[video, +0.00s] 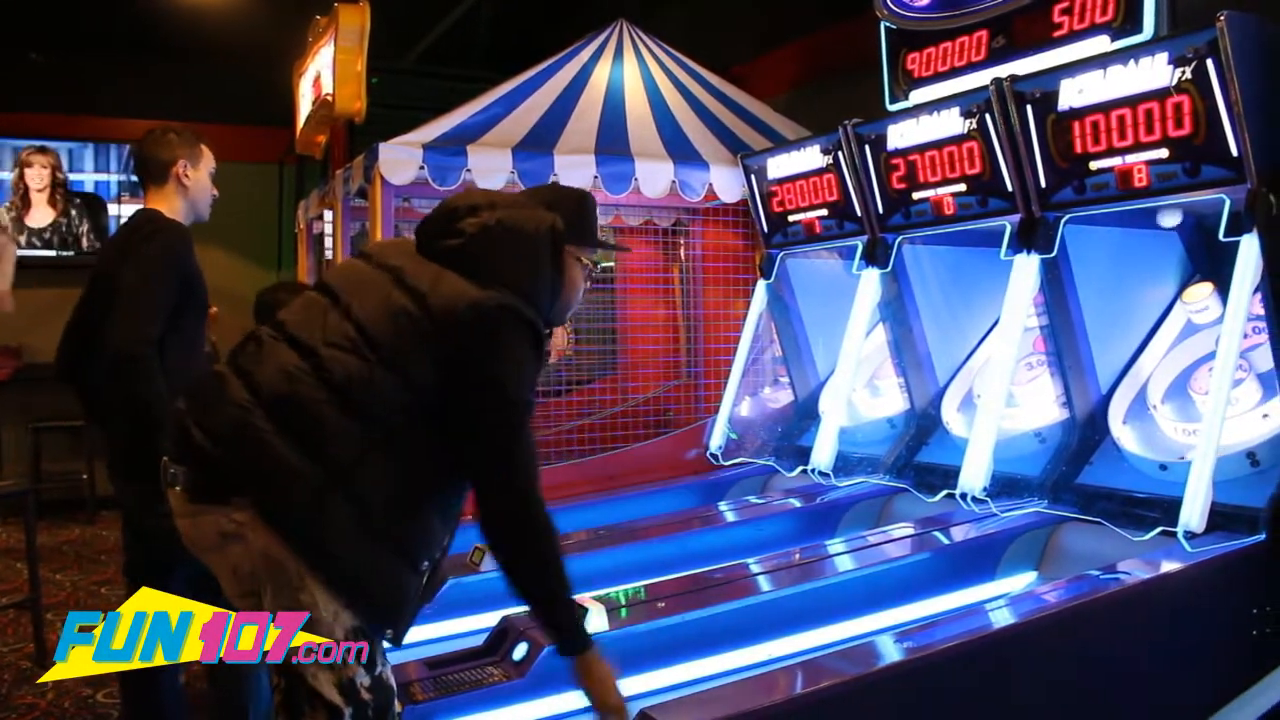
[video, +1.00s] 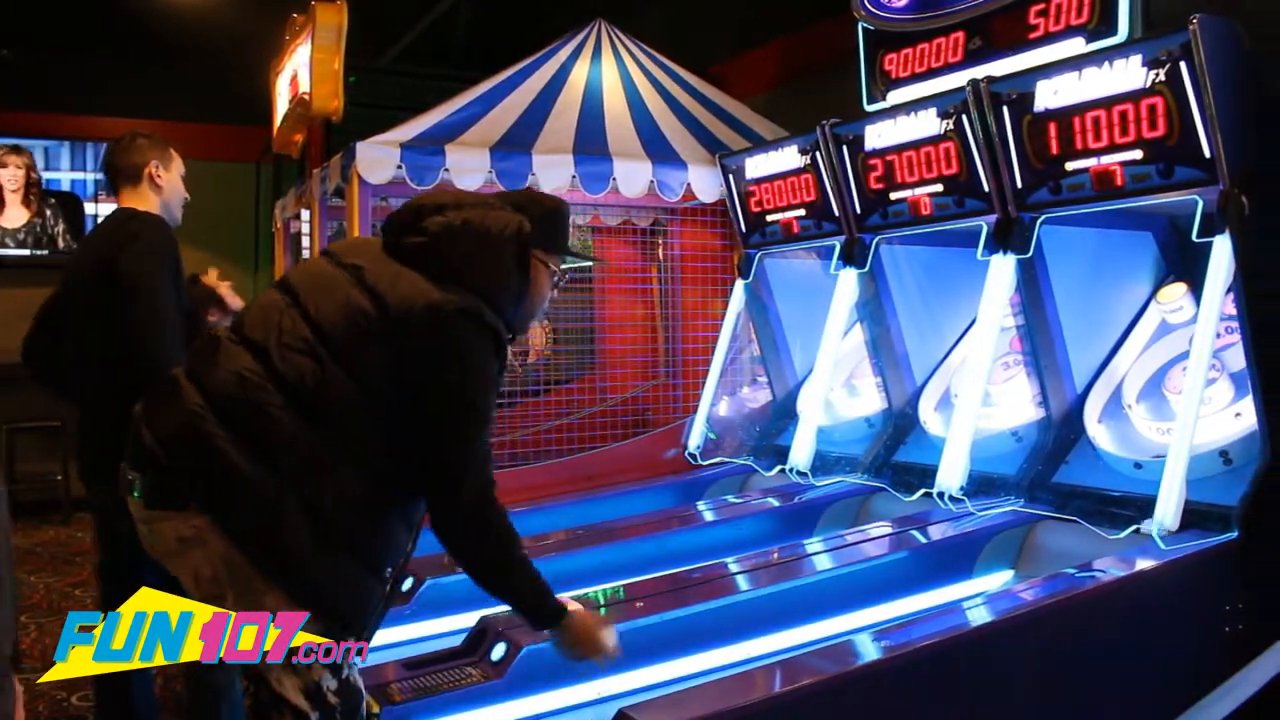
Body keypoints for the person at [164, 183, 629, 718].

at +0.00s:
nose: (588, 281)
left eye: (590, 265)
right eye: (583, 262)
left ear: (509, 246)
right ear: (543, 254)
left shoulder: (396, 267)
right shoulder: (494, 323)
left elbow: (277, 300)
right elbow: (512, 506)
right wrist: (580, 646)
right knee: (356, 700)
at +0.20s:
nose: (586, 293)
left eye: (589, 277)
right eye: (581, 274)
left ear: (512, 252)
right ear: (541, 263)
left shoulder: (396, 262)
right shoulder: (487, 334)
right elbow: (496, 518)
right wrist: (559, 671)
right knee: (336, 695)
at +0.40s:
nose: (582, 299)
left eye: (585, 284)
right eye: (578, 281)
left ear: (507, 258)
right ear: (538, 271)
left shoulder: (393, 260)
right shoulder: (483, 348)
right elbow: (502, 529)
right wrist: (564, 683)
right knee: (325, 696)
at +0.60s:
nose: (575, 304)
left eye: (578, 288)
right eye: (570, 285)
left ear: (501, 261)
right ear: (531, 275)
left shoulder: (386, 262)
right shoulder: (477, 351)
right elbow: (503, 532)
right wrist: (566, 682)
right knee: (323, 694)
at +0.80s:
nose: (562, 298)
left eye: (567, 280)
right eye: (560, 277)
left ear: (492, 251)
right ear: (521, 264)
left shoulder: (371, 261)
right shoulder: (464, 335)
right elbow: (469, 514)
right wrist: (557, 646)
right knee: (322, 695)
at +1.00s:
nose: (552, 290)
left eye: (556, 273)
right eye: (551, 270)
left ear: (491, 249)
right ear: (514, 259)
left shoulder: (366, 264)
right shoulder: (455, 326)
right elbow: (463, 505)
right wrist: (556, 616)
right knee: (315, 699)